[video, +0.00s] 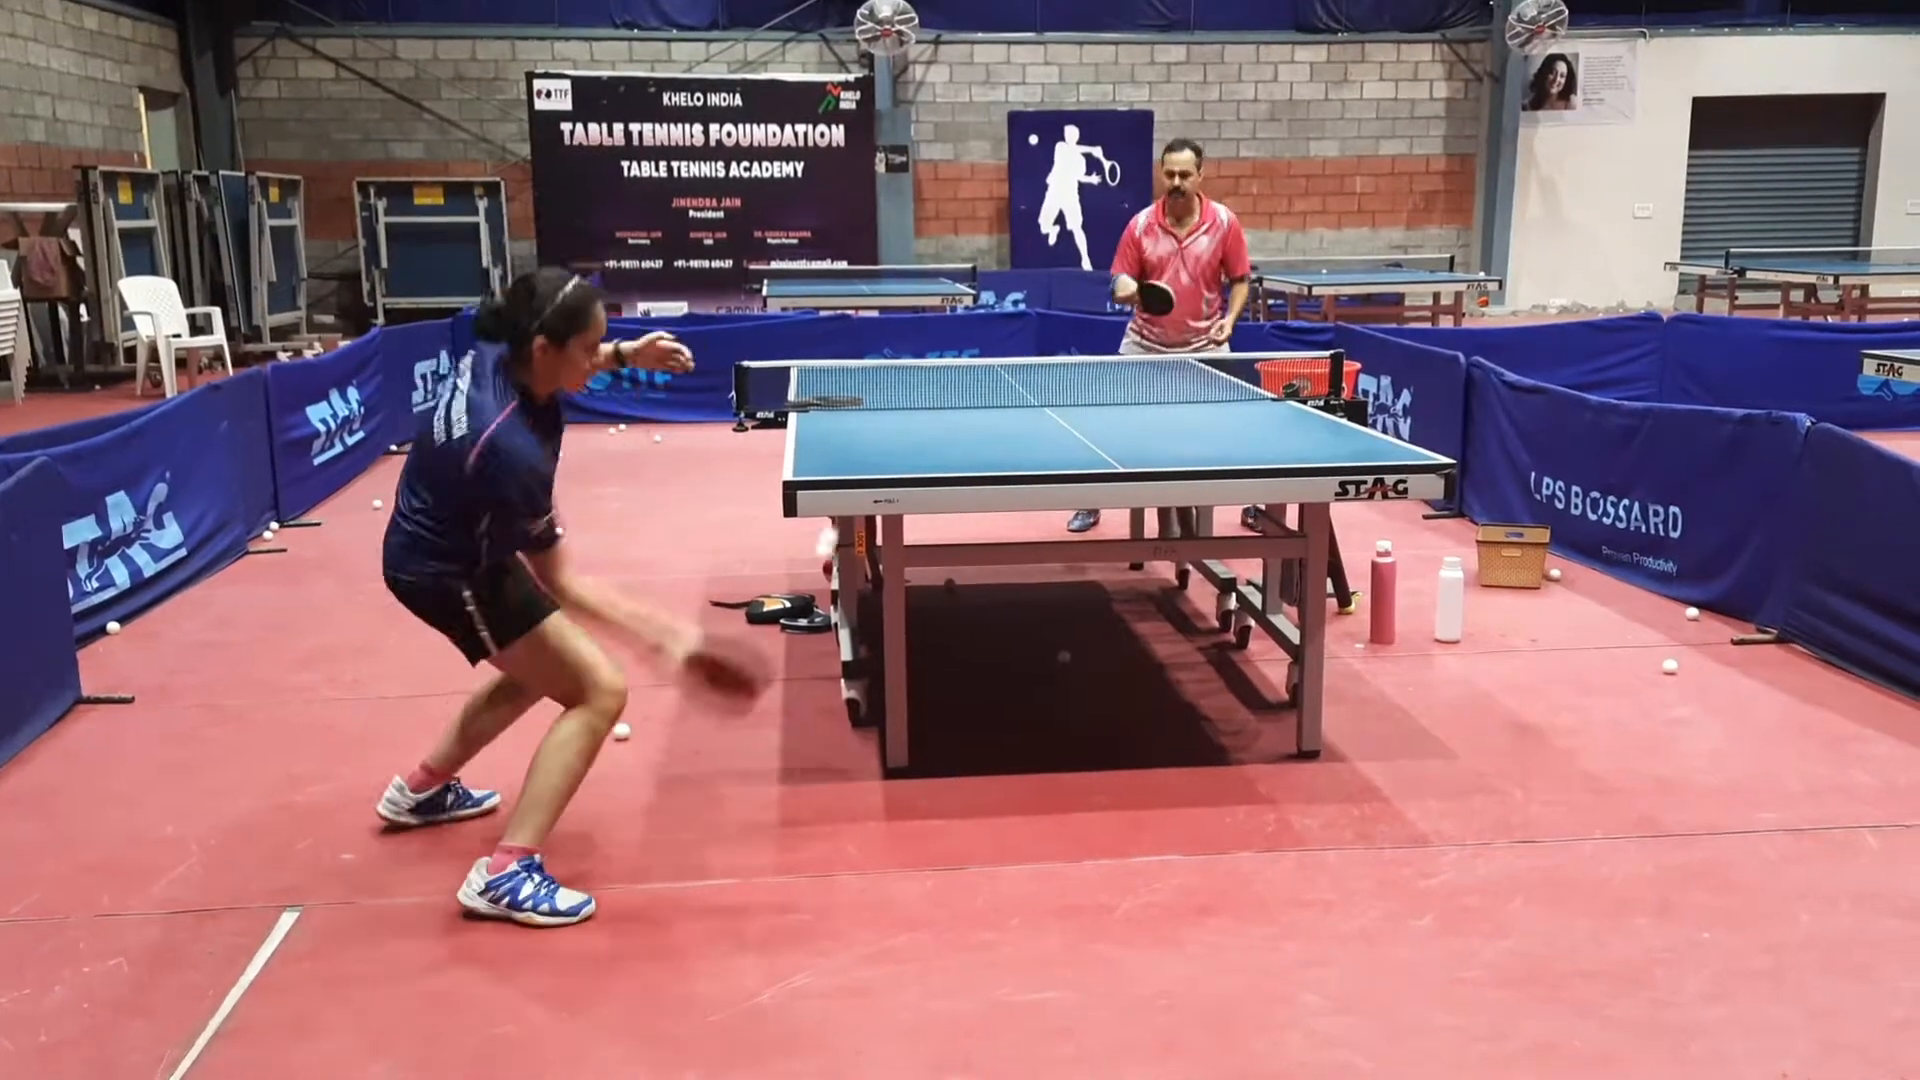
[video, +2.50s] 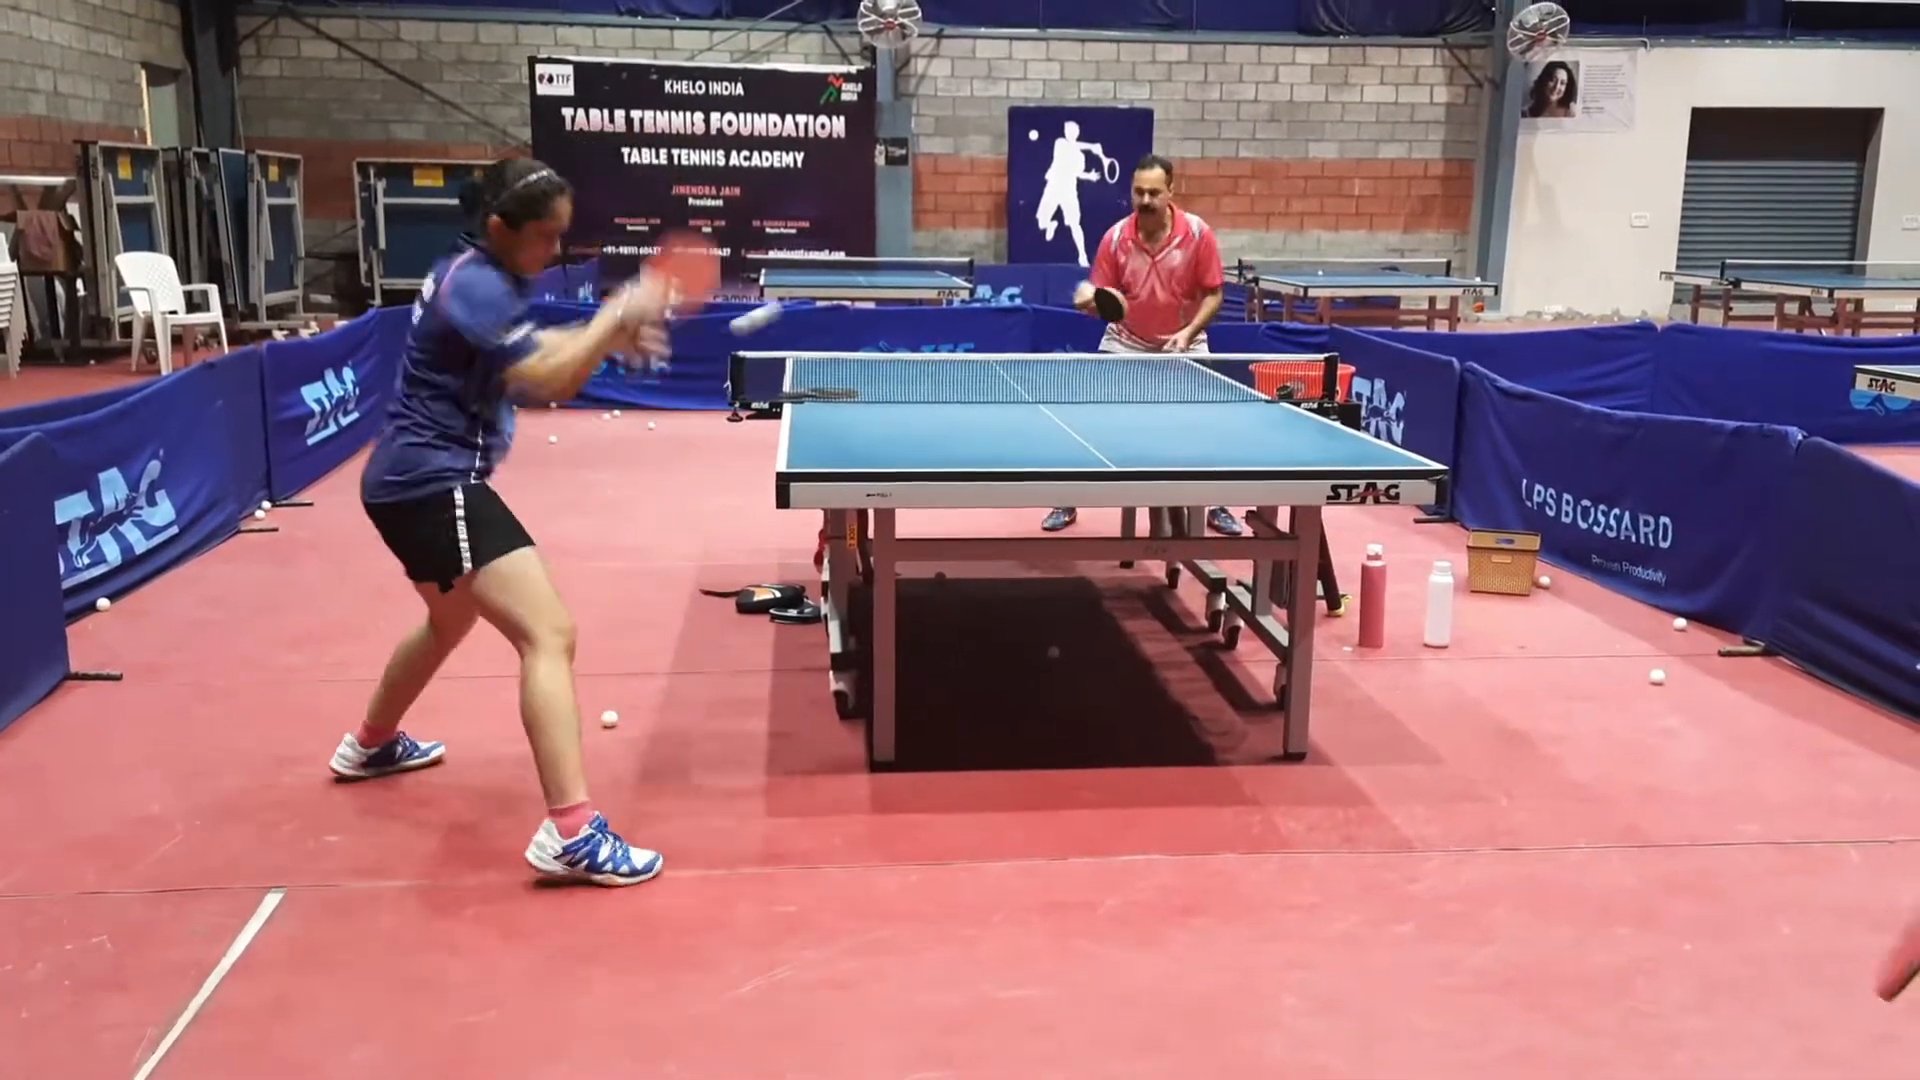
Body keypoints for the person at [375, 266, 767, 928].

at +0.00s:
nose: (599, 359)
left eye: (601, 345)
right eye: (589, 349)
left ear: (542, 342)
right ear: (544, 352)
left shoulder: (490, 343)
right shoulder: (516, 452)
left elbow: (560, 362)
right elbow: (557, 582)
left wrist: (627, 355)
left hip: (429, 549)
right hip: (453, 572)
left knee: (539, 668)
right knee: (600, 694)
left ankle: (421, 787)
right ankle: (508, 869)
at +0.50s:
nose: (619, 229)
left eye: (617, 216)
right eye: (615, 217)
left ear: (534, 218)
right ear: (596, 224)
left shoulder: (485, 282)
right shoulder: (609, 301)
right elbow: (707, 382)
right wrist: (710, 285)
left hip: (463, 515)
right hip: (558, 515)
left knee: (496, 646)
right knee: (672, 672)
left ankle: (462, 811)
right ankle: (704, 872)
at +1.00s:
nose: (698, 225)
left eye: (694, 213)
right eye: (693, 215)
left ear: (628, 220)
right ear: (672, 230)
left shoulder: (595, 261)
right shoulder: (639, 318)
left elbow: (605, 376)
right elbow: (636, 456)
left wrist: (701, 396)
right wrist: (725, 465)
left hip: (463, 466)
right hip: (514, 486)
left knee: (527, 621)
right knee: (639, 648)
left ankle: (460, 773)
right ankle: (620, 852)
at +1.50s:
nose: (631, 185)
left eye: (626, 173)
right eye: (626, 174)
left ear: (562, 183)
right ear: (605, 185)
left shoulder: (550, 241)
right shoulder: (571, 267)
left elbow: (549, 350)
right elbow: (518, 383)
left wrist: (584, 408)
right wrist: (592, 473)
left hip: (480, 459)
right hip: (505, 465)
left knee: (524, 625)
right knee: (590, 632)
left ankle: (472, 774)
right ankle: (594, 834)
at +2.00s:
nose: (661, 212)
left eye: (659, 199)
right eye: (657, 200)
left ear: (594, 202)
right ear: (632, 208)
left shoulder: (553, 247)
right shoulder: (611, 294)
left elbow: (581, 352)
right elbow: (640, 424)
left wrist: (664, 362)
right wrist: (712, 406)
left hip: (444, 461)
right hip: (497, 475)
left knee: (504, 609)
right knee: (603, 641)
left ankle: (457, 761)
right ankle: (575, 837)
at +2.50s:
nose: (557, 247)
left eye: (561, 234)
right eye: (546, 235)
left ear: (509, 229)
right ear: (499, 226)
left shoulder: (477, 272)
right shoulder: (475, 289)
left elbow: (531, 360)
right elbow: (547, 380)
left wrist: (609, 337)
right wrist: (617, 312)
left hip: (405, 479)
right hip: (435, 481)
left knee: (450, 619)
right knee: (547, 634)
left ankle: (371, 744)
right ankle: (573, 829)